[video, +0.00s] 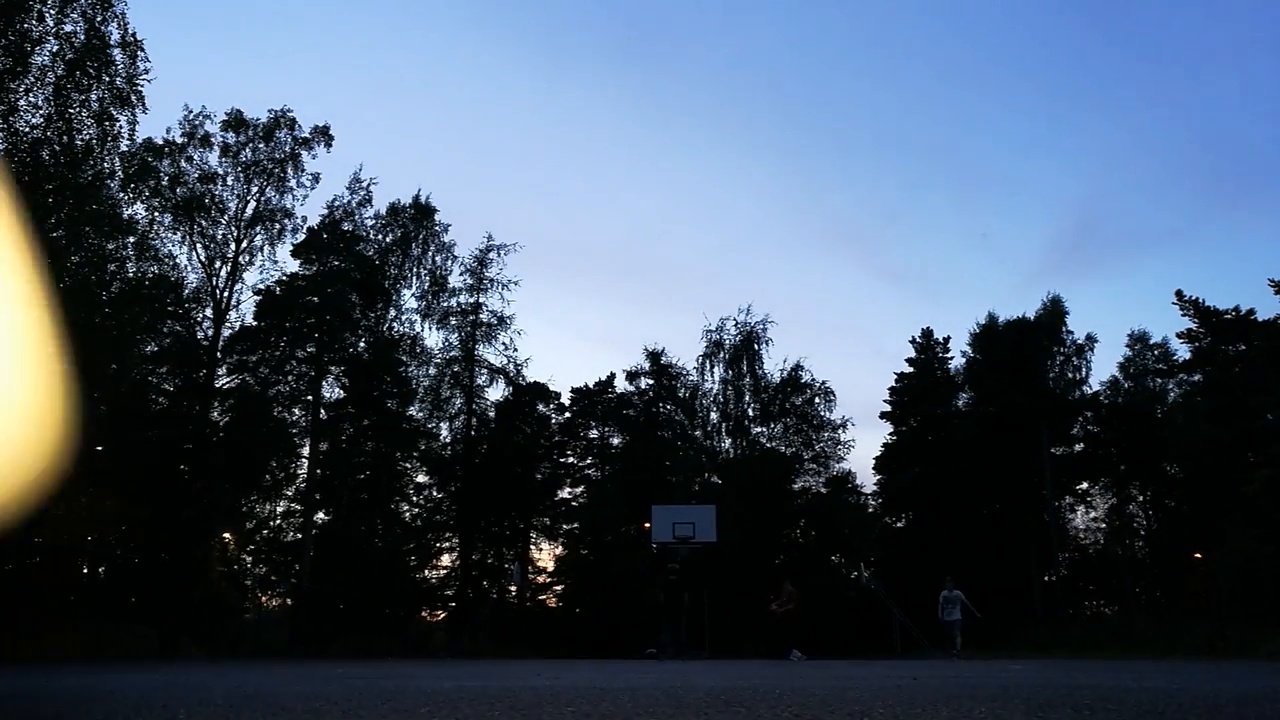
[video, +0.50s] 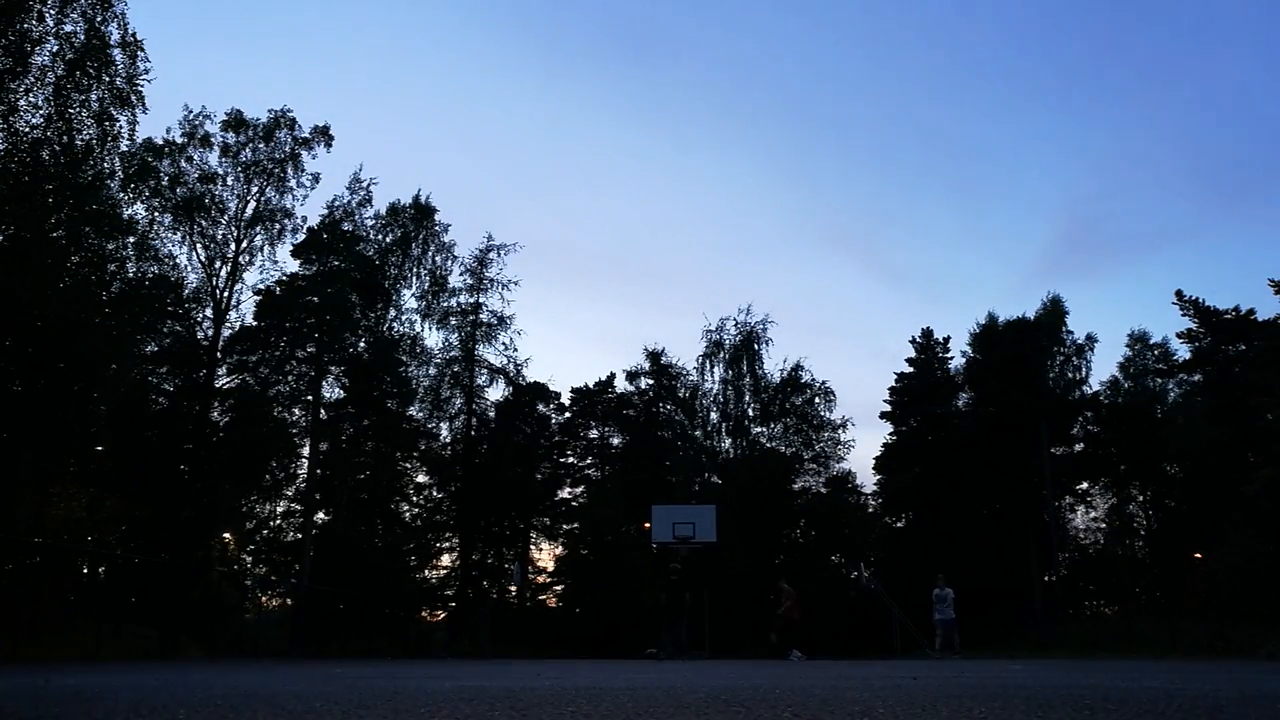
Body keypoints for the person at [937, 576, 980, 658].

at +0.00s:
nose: (949, 586)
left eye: (950, 584)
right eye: (948, 584)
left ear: (953, 585)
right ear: (946, 585)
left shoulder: (958, 593)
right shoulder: (943, 594)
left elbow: (966, 603)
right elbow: (940, 605)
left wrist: (975, 612)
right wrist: (940, 614)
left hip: (956, 617)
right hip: (946, 618)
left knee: (957, 634)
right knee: (948, 634)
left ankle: (957, 650)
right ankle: (949, 650)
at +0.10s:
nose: (949, 586)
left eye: (950, 584)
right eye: (947, 584)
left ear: (952, 585)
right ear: (946, 585)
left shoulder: (957, 593)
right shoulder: (943, 593)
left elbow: (964, 602)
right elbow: (940, 605)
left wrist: (971, 611)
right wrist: (939, 614)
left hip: (955, 617)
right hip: (945, 617)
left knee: (955, 633)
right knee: (948, 634)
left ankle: (957, 651)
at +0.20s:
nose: (947, 584)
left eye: (948, 583)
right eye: (946, 583)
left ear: (950, 583)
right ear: (944, 583)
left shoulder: (956, 592)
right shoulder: (941, 592)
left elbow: (961, 602)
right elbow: (939, 604)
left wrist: (963, 610)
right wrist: (938, 614)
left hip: (954, 617)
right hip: (944, 617)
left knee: (954, 633)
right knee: (946, 634)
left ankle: (956, 651)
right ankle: (948, 651)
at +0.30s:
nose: (945, 583)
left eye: (946, 581)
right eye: (944, 581)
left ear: (949, 582)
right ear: (942, 582)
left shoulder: (954, 591)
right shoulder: (940, 591)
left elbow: (957, 603)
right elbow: (938, 603)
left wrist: (958, 615)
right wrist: (937, 613)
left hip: (953, 616)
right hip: (943, 616)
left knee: (954, 633)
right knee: (943, 633)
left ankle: (956, 651)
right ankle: (944, 651)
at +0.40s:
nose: (943, 583)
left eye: (944, 581)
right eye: (942, 581)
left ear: (947, 582)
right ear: (940, 582)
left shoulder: (952, 591)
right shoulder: (938, 591)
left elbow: (955, 603)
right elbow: (937, 603)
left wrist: (955, 612)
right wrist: (936, 613)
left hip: (951, 616)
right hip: (941, 616)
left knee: (953, 633)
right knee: (941, 632)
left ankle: (955, 650)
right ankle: (941, 650)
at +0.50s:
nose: (941, 584)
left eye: (942, 582)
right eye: (939, 582)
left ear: (944, 583)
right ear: (938, 583)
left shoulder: (949, 592)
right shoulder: (935, 592)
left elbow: (950, 603)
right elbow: (935, 603)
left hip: (949, 616)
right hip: (939, 617)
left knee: (953, 633)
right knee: (939, 634)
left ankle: (956, 650)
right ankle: (937, 650)